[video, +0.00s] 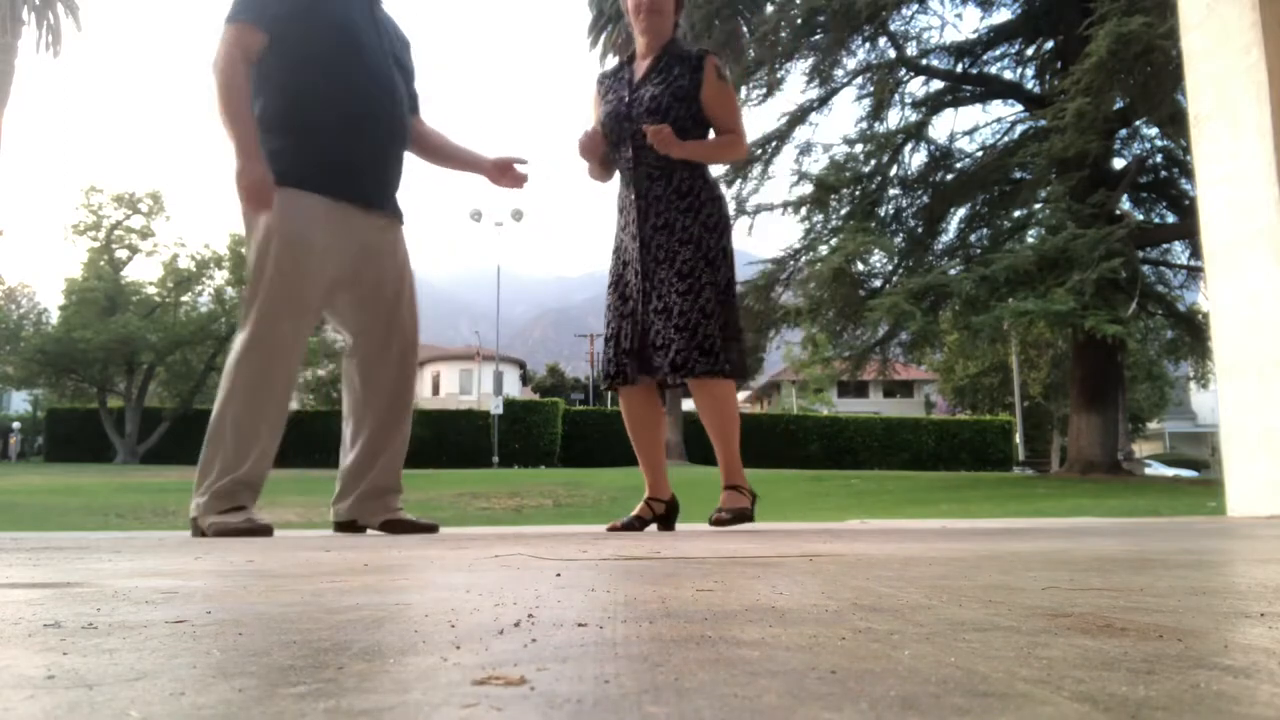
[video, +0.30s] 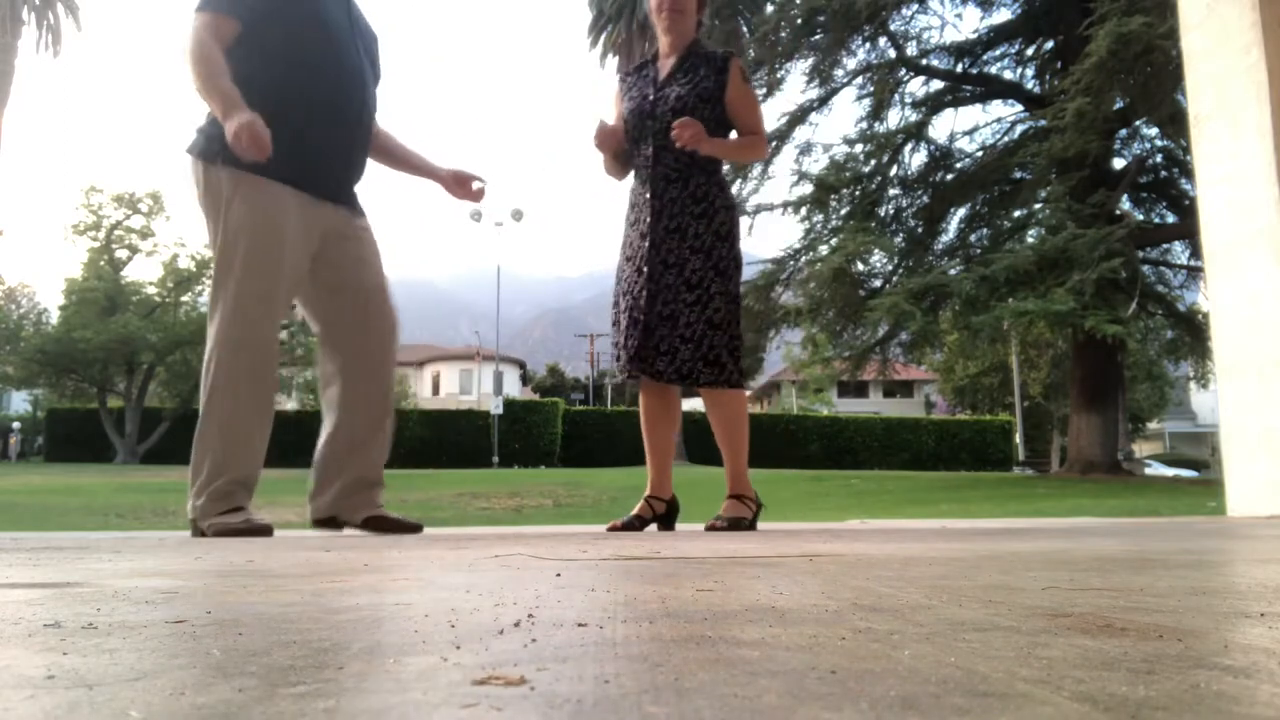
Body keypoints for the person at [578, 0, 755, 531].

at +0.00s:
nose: (642, 5)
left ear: (676, 7)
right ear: (623, 9)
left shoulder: (700, 67)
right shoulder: (610, 82)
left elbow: (736, 146)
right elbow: (605, 170)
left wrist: (681, 148)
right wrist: (594, 151)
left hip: (691, 220)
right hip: (635, 224)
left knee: (700, 349)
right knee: (629, 358)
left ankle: (734, 487)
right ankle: (658, 496)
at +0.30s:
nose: (667, 6)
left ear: (699, 8)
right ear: (648, 9)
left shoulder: (722, 66)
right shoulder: (631, 76)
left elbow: (756, 145)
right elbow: (622, 168)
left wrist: (709, 143)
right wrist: (610, 147)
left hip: (704, 223)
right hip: (647, 223)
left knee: (714, 354)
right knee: (650, 356)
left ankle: (740, 494)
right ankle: (659, 496)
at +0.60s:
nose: (686, 5)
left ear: (720, 5)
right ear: (669, 8)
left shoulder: (746, 64)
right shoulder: (657, 79)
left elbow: (783, 138)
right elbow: (646, 170)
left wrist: (737, 134)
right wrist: (634, 144)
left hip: (729, 220)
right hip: (672, 221)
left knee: (731, 354)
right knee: (663, 353)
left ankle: (741, 496)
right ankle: (659, 497)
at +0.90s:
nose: (692, 3)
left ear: (727, 6)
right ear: (674, 9)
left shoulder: (753, 60)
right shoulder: (669, 80)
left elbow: (790, 132)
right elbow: (669, 171)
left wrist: (736, 126)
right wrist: (639, 149)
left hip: (743, 221)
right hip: (687, 223)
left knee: (742, 350)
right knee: (662, 346)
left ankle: (742, 495)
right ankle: (669, 488)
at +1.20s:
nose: (680, 5)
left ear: (717, 11)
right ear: (663, 11)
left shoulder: (740, 64)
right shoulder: (658, 86)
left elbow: (774, 141)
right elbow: (648, 173)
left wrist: (727, 121)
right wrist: (611, 146)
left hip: (732, 225)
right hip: (679, 230)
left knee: (736, 354)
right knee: (668, 358)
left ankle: (743, 495)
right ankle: (694, 495)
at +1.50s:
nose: (661, 7)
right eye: (659, 1)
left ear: (705, 7)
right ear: (660, 14)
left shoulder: (736, 62)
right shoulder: (667, 84)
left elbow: (775, 133)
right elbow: (660, 178)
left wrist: (715, 119)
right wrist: (613, 159)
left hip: (718, 226)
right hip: (672, 227)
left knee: (713, 360)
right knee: (673, 362)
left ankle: (754, 490)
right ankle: (694, 495)